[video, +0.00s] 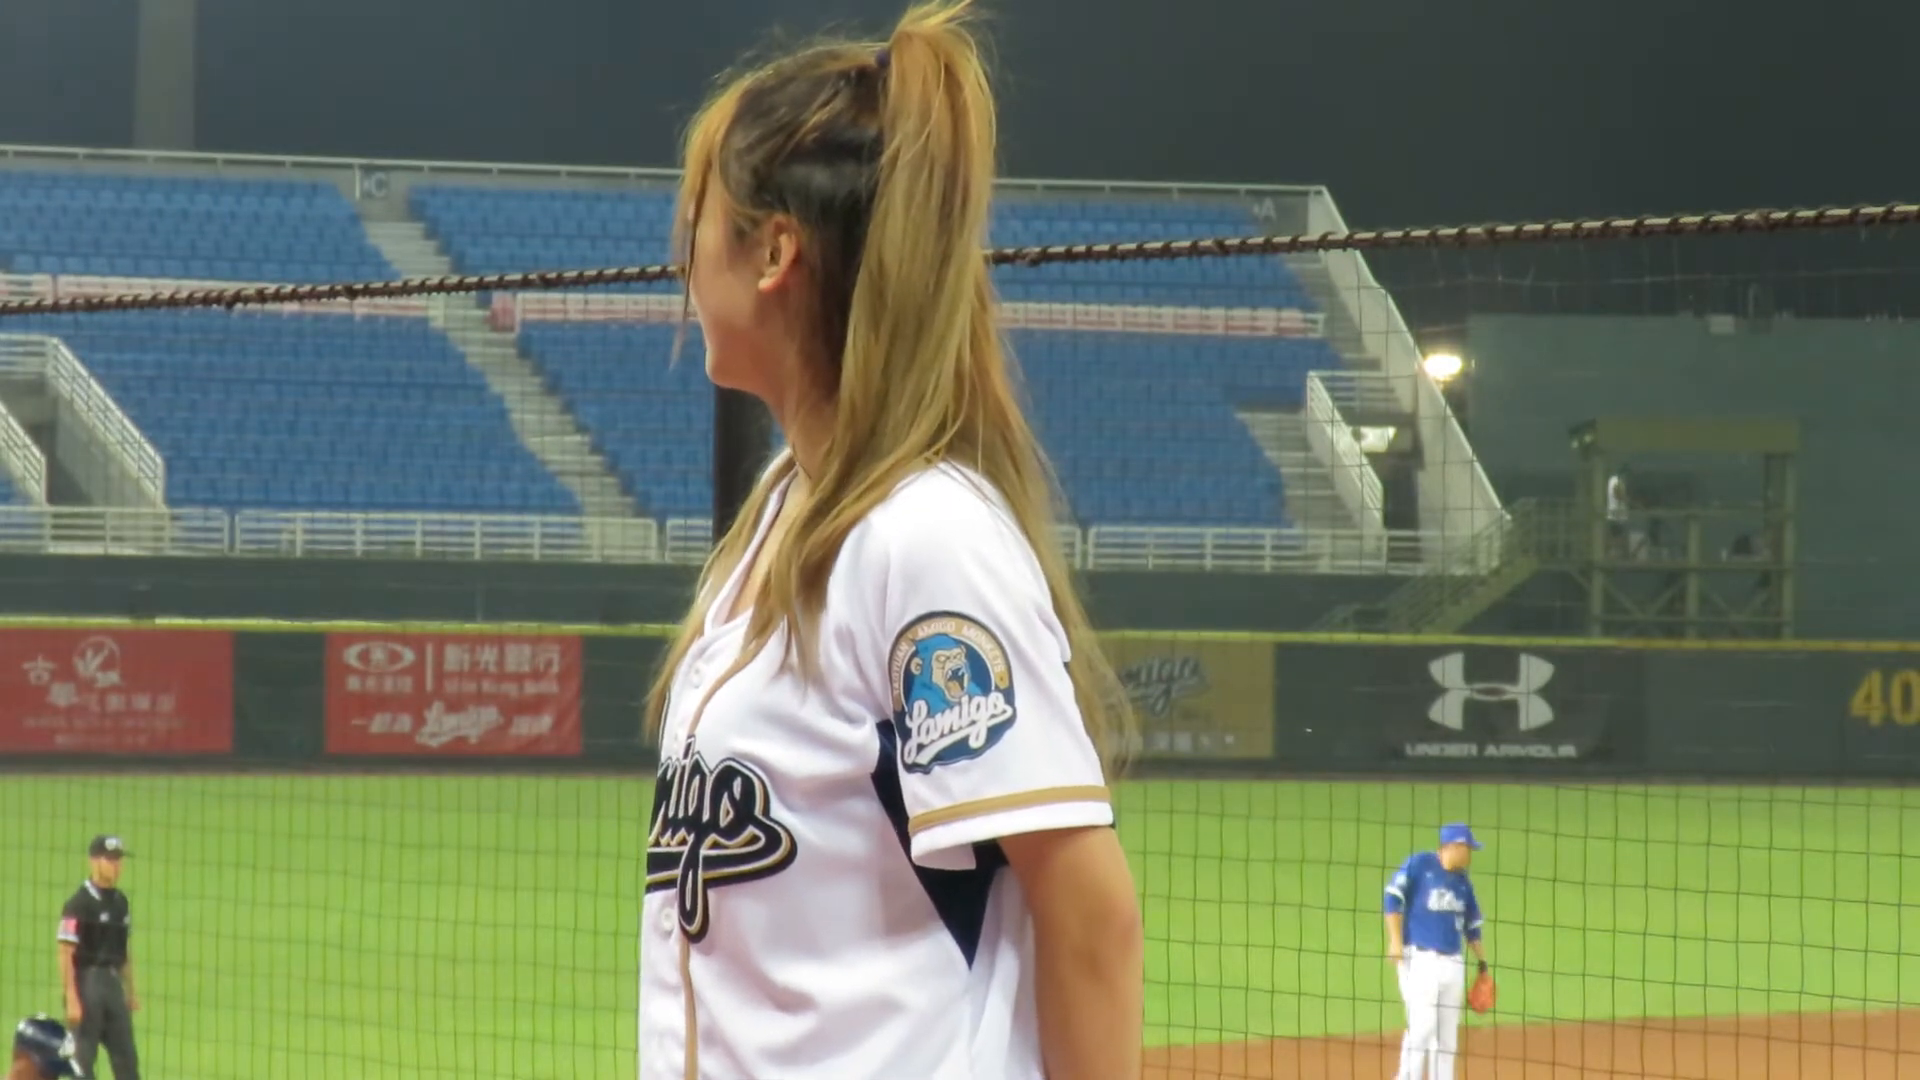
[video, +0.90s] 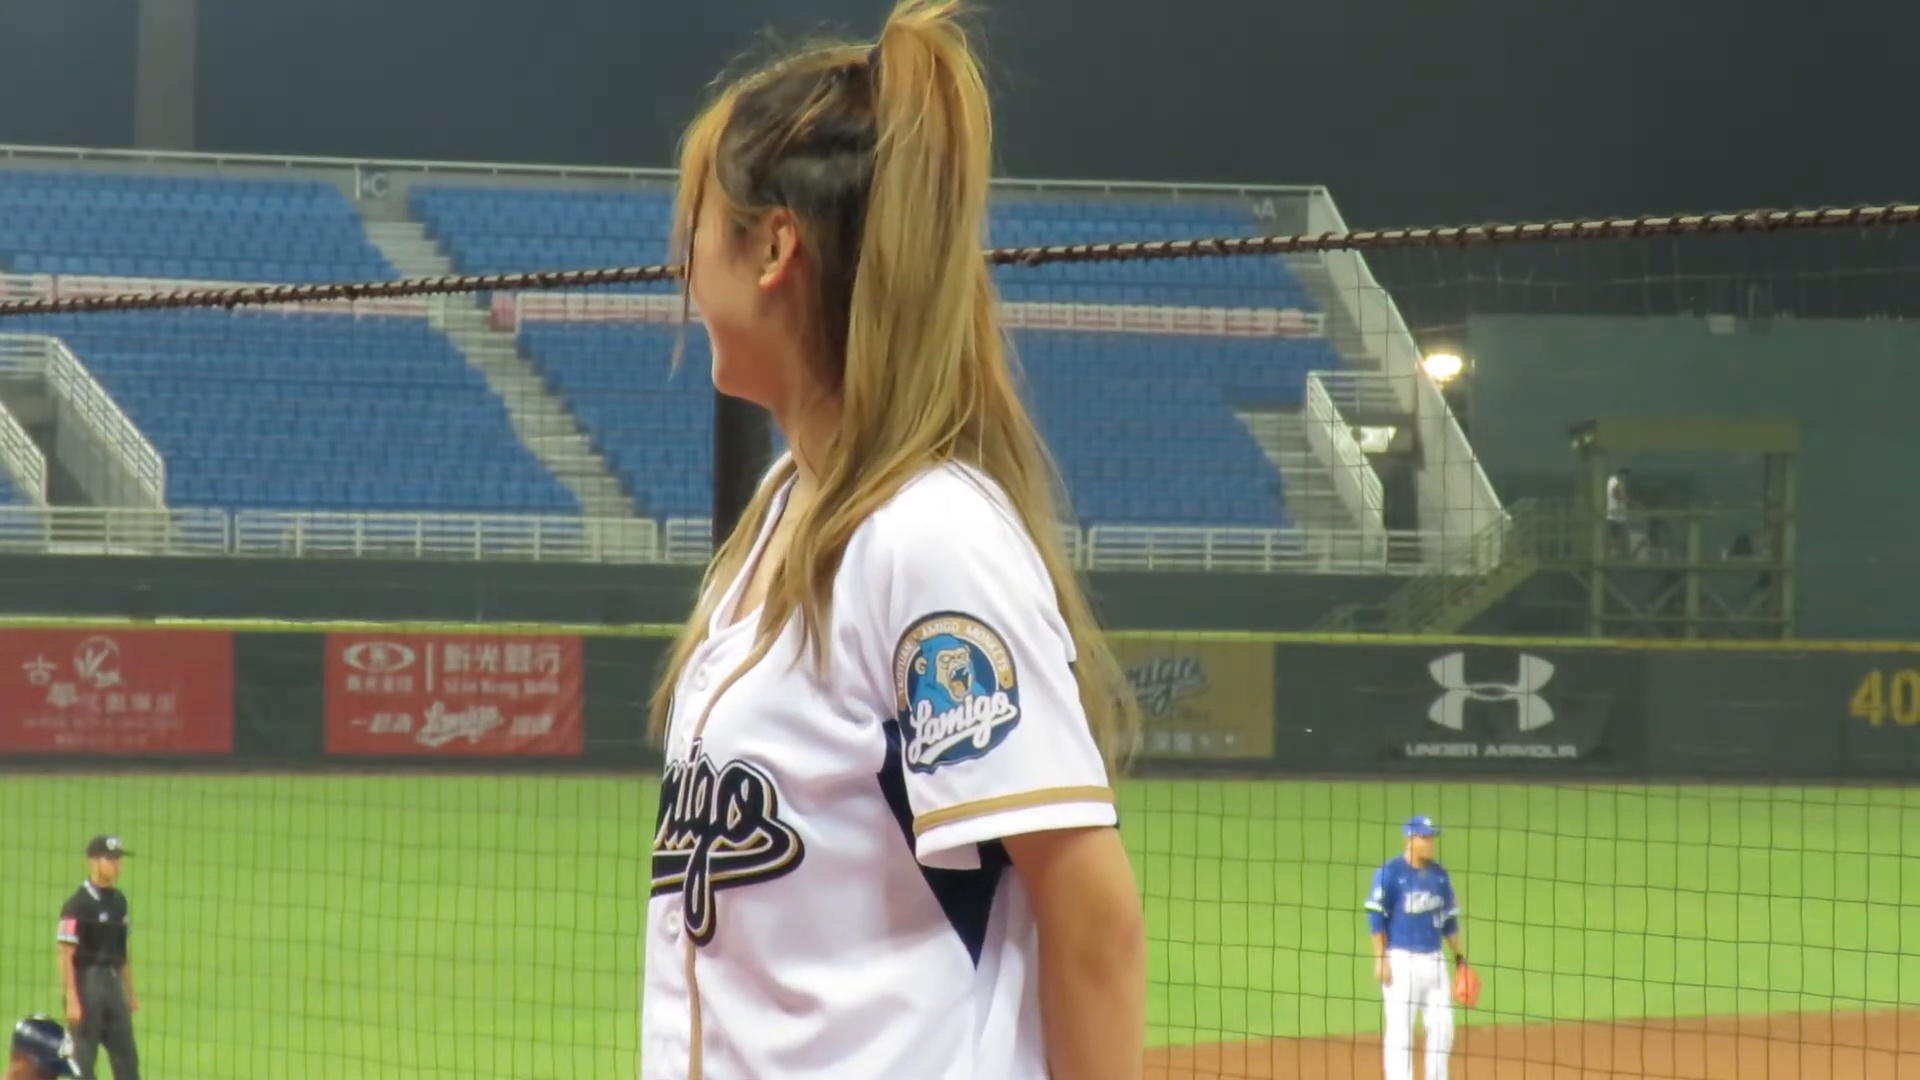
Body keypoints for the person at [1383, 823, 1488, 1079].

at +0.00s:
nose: (1470, 855)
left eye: (1470, 849)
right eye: (1466, 848)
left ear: (1460, 849)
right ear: (1450, 846)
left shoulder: (1463, 882)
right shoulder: (1420, 863)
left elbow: (1473, 928)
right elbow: (1393, 898)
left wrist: (1482, 966)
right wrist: (1396, 942)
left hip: (1452, 963)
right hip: (1419, 959)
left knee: (1447, 1035)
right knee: (1423, 1028)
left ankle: (1443, 1077)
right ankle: (1408, 1076)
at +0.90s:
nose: (1430, 843)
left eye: (1431, 838)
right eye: (1424, 838)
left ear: (1433, 841)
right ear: (1410, 840)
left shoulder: (1439, 874)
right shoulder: (1389, 873)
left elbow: (1449, 921)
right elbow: (1376, 916)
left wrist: (1460, 958)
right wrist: (1381, 957)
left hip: (1433, 960)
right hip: (1400, 959)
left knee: (1442, 1029)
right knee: (1399, 1032)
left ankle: (1436, 1076)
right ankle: (1398, 1076)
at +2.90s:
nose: (1393, 841)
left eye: (1396, 836)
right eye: (1387, 836)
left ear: (1401, 838)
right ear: (1376, 840)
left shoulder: (1412, 871)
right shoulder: (1363, 873)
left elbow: (1421, 921)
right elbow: (1354, 918)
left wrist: (1431, 958)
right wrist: (1358, 956)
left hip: (1410, 960)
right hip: (1376, 959)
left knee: (1422, 1035)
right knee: (1368, 1035)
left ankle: (1425, 1077)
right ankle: (1362, 1077)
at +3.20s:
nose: (1380, 844)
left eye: (1383, 839)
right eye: (1374, 839)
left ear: (1388, 840)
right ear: (1362, 841)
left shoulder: (1397, 869)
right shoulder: (1349, 874)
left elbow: (1407, 916)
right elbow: (1338, 918)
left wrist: (1418, 950)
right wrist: (1341, 958)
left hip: (1397, 958)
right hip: (1364, 958)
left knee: (1407, 1025)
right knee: (1364, 1029)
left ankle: (1399, 1075)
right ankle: (1359, 1075)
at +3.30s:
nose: (1380, 845)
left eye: (1382, 839)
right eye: (1373, 840)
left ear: (1386, 840)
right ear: (1361, 841)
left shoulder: (1395, 868)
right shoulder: (1347, 873)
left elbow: (1405, 915)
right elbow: (1336, 917)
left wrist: (1415, 948)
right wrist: (1340, 956)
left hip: (1395, 957)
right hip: (1362, 957)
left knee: (1400, 1025)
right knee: (1363, 1027)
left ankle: (1381, 1074)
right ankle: (1361, 1075)